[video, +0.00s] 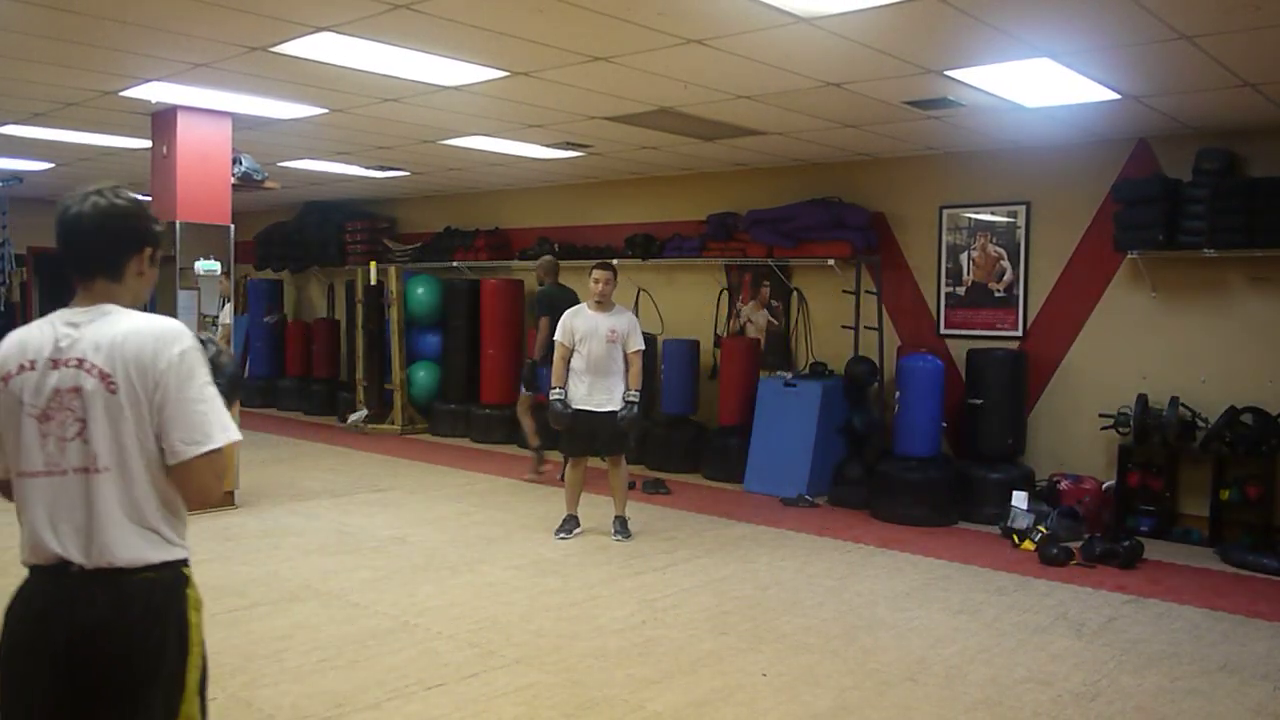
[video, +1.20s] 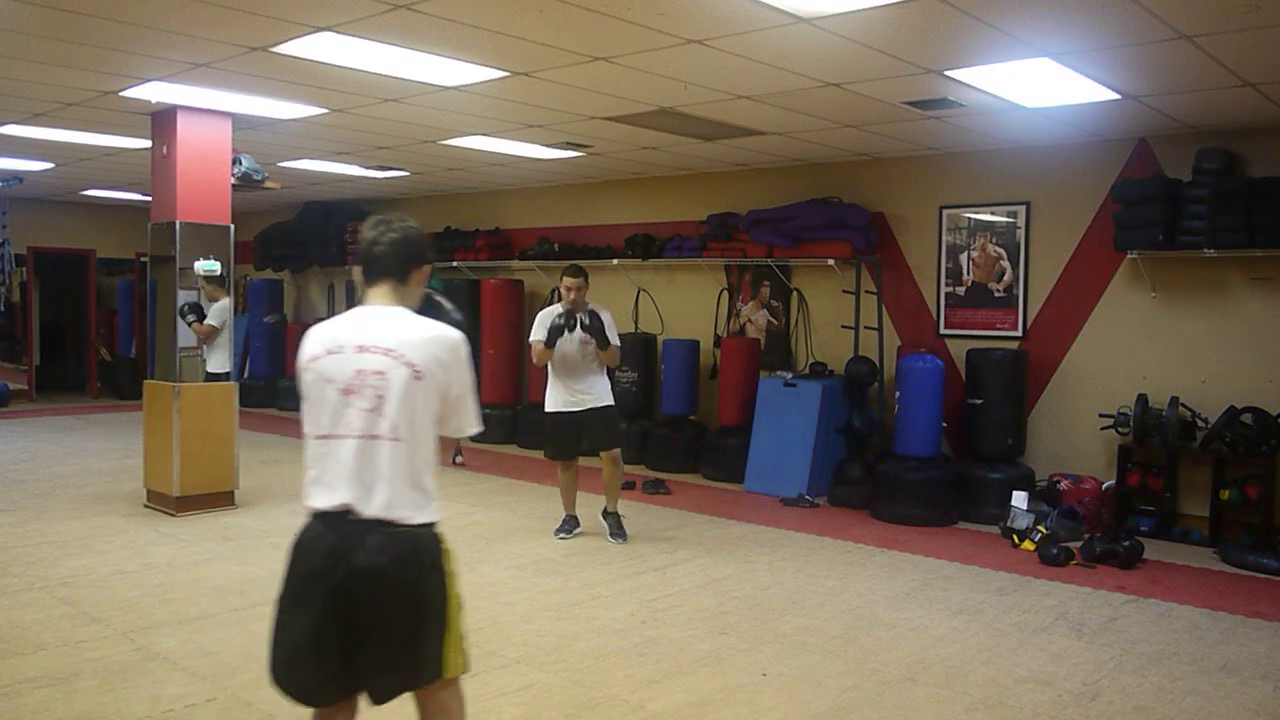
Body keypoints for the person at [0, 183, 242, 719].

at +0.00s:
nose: (153, 273)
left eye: (155, 260)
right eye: (155, 260)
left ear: (71, 258)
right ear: (142, 262)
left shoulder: (14, 349)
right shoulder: (163, 341)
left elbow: (9, 481)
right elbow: (206, 489)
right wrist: (213, 407)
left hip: (43, 603)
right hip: (147, 610)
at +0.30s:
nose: (218, 277)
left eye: (219, 263)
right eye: (218, 263)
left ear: (136, 255)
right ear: (203, 262)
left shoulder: (71, 348)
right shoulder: (218, 351)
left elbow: (67, 467)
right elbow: (263, 494)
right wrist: (265, 394)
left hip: (92, 606)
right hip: (190, 613)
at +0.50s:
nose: (257, 290)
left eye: (260, 277)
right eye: (258, 276)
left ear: (180, 269)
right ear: (244, 273)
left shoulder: (123, 355)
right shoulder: (264, 358)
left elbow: (130, 461)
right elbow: (297, 480)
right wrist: (292, 381)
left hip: (142, 600)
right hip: (232, 609)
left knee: (143, 713)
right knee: (236, 712)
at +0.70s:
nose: (303, 288)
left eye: (304, 276)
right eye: (303, 276)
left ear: (226, 281)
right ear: (292, 276)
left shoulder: (182, 359)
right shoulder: (321, 354)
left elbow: (195, 473)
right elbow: (349, 461)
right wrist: (342, 362)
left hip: (204, 584)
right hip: (287, 592)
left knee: (203, 711)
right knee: (288, 710)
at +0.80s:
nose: (323, 281)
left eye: (324, 271)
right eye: (324, 270)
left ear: (254, 272)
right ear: (315, 269)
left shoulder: (209, 351)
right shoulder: (345, 345)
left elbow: (227, 447)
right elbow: (366, 447)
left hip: (228, 570)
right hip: (311, 579)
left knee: (227, 710)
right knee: (317, 710)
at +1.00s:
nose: (374, 277)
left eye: (372, 267)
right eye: (373, 267)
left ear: (302, 272)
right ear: (366, 268)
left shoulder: (260, 343)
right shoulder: (392, 342)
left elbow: (266, 432)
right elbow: (399, 441)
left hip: (271, 554)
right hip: (356, 560)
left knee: (299, 707)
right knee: (394, 702)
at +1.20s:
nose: (427, 281)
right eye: (426, 272)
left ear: (358, 273)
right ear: (421, 273)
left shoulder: (315, 340)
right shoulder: (444, 342)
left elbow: (319, 432)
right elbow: (445, 448)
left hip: (323, 548)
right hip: (407, 551)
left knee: (332, 701)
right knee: (438, 690)